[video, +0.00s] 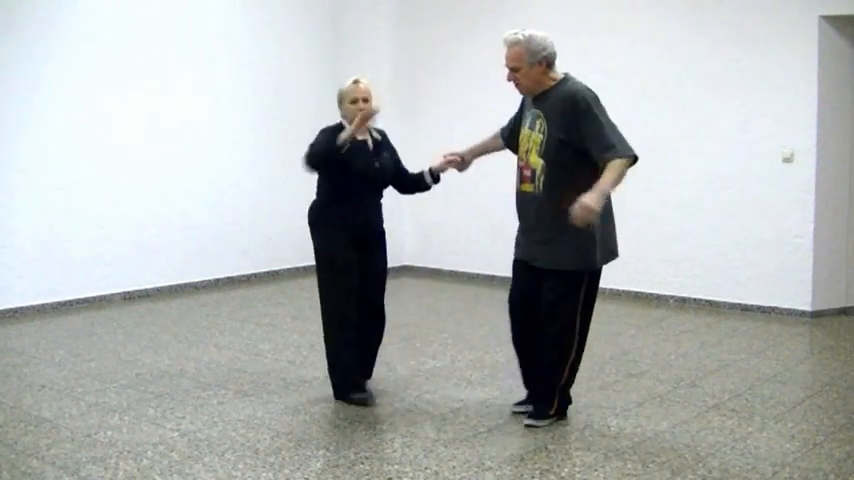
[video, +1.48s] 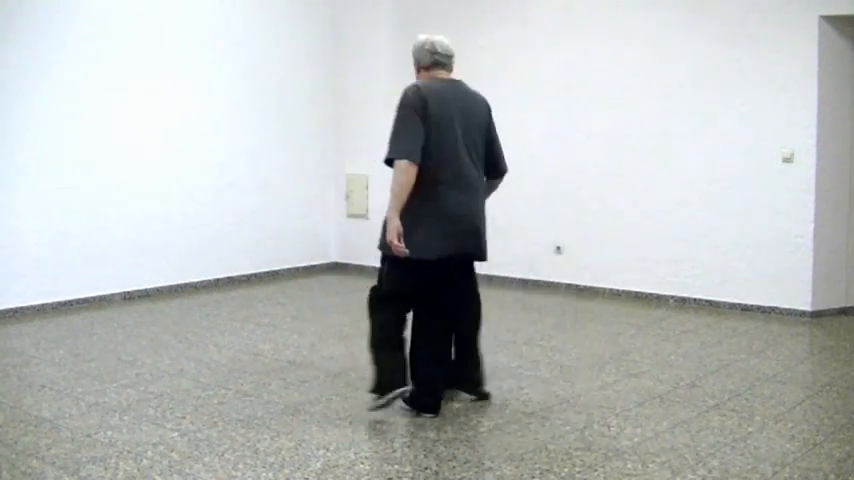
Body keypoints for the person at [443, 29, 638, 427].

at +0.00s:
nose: (509, 78)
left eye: (515, 71)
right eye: (508, 70)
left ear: (543, 66)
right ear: (535, 67)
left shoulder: (577, 99)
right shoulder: (532, 101)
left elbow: (622, 156)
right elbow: (510, 136)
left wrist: (597, 194)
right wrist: (469, 154)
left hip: (574, 242)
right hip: (534, 237)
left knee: (562, 322)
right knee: (525, 313)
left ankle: (554, 404)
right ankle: (538, 394)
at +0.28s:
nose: (516, 81)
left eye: (521, 74)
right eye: (514, 73)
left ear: (549, 71)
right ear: (537, 72)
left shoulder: (590, 101)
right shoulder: (528, 109)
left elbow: (646, 149)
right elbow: (495, 153)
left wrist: (671, 204)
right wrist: (449, 178)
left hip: (588, 235)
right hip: (549, 235)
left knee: (564, 312)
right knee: (547, 309)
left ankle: (564, 398)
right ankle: (557, 395)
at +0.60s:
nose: (516, 77)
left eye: (523, 70)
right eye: (516, 69)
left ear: (553, 70)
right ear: (533, 70)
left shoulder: (594, 103)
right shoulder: (519, 108)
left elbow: (650, 147)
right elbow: (467, 133)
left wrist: (692, 193)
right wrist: (417, 146)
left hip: (590, 239)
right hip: (546, 239)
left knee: (564, 321)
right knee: (551, 318)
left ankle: (555, 409)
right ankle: (563, 397)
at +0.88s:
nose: (492, 72)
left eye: (497, 65)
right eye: (492, 65)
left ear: (523, 66)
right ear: (519, 66)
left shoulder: (555, 96)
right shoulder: (517, 103)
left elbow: (593, 134)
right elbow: (491, 148)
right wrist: (443, 159)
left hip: (560, 247)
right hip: (523, 243)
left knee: (553, 327)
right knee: (498, 301)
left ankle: (555, 411)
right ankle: (522, 388)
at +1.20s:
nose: (451, 81)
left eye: (452, 74)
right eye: (452, 74)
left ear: (462, 70)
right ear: (488, 68)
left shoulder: (474, 102)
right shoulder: (507, 103)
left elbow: (448, 165)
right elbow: (526, 168)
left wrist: (401, 185)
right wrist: (472, 184)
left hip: (474, 237)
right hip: (498, 234)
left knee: (483, 319)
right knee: (455, 314)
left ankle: (541, 398)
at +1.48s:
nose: (416, 72)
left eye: (415, 67)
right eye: (419, 68)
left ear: (419, 66)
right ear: (452, 65)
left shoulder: (417, 96)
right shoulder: (477, 101)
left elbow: (407, 161)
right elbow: (495, 170)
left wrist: (393, 214)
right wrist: (468, 202)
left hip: (421, 228)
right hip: (464, 228)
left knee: (388, 302)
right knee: (454, 306)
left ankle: (426, 396)